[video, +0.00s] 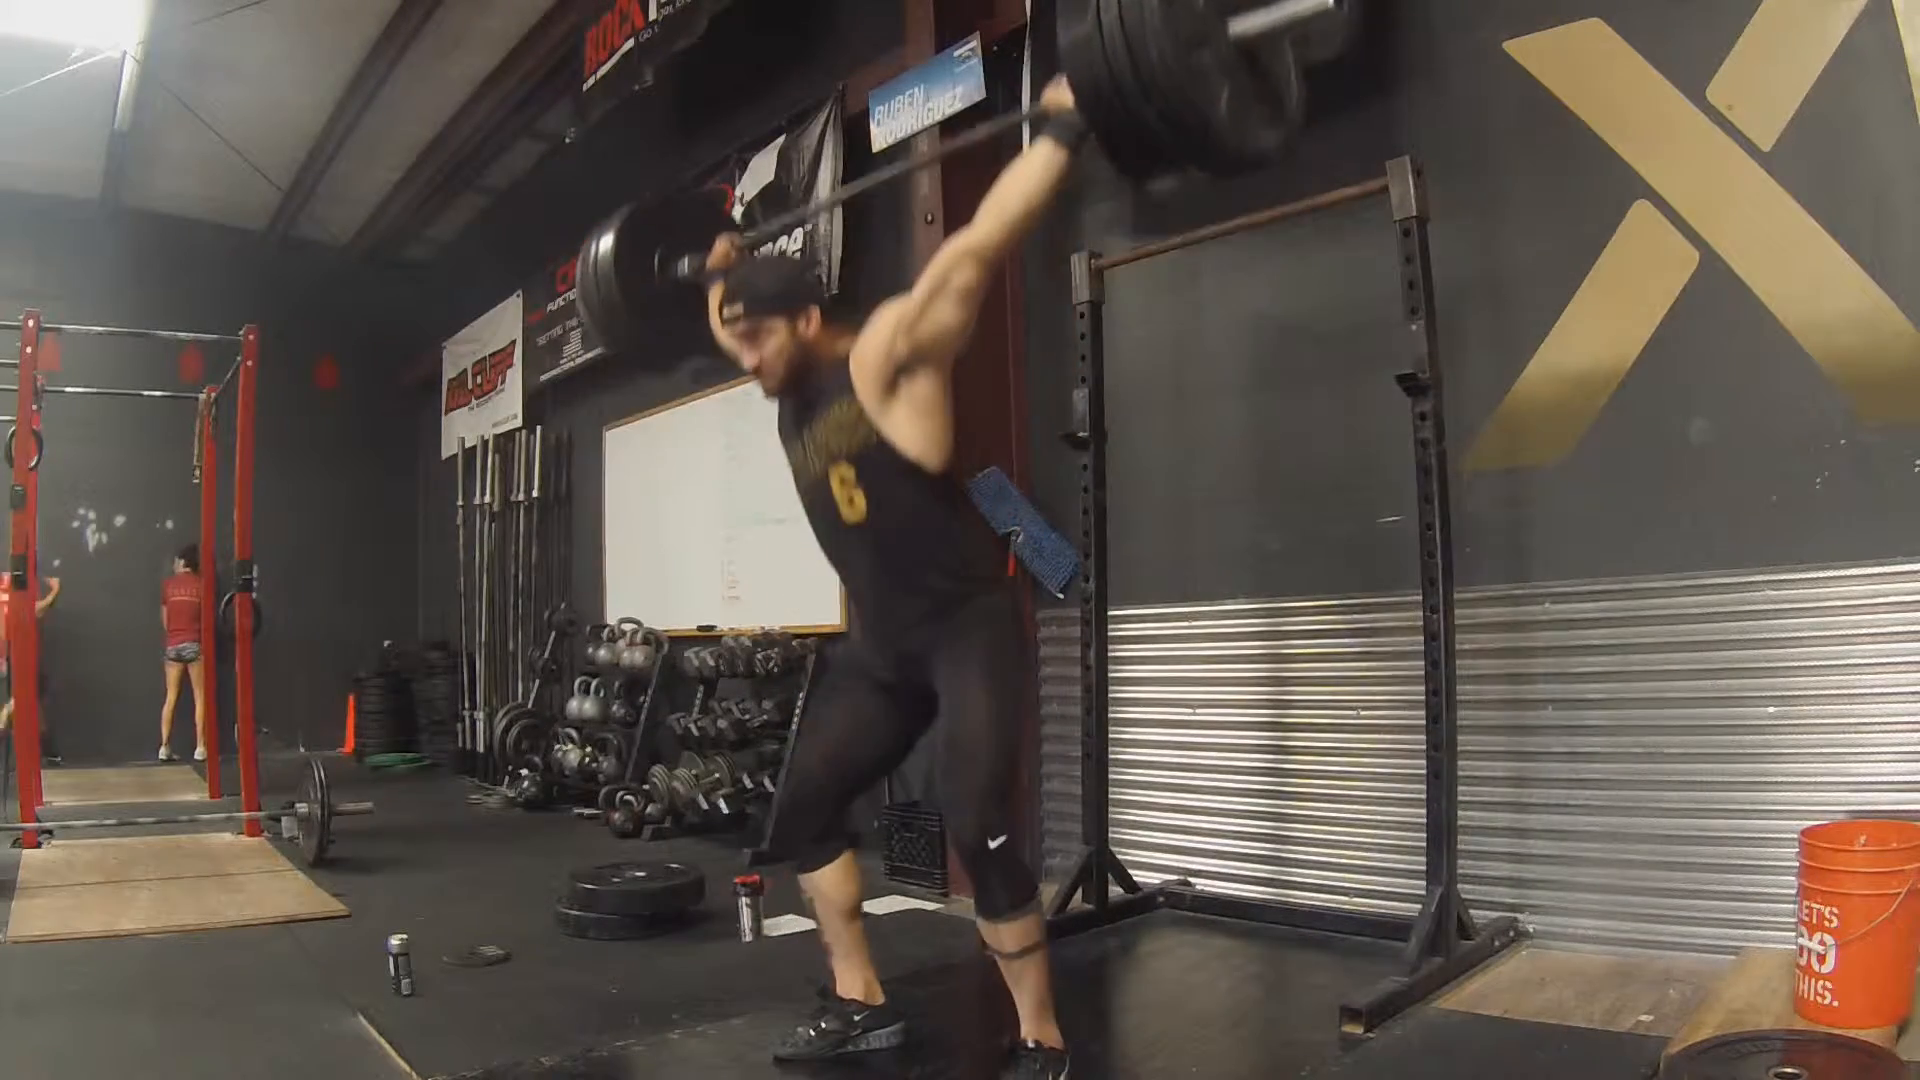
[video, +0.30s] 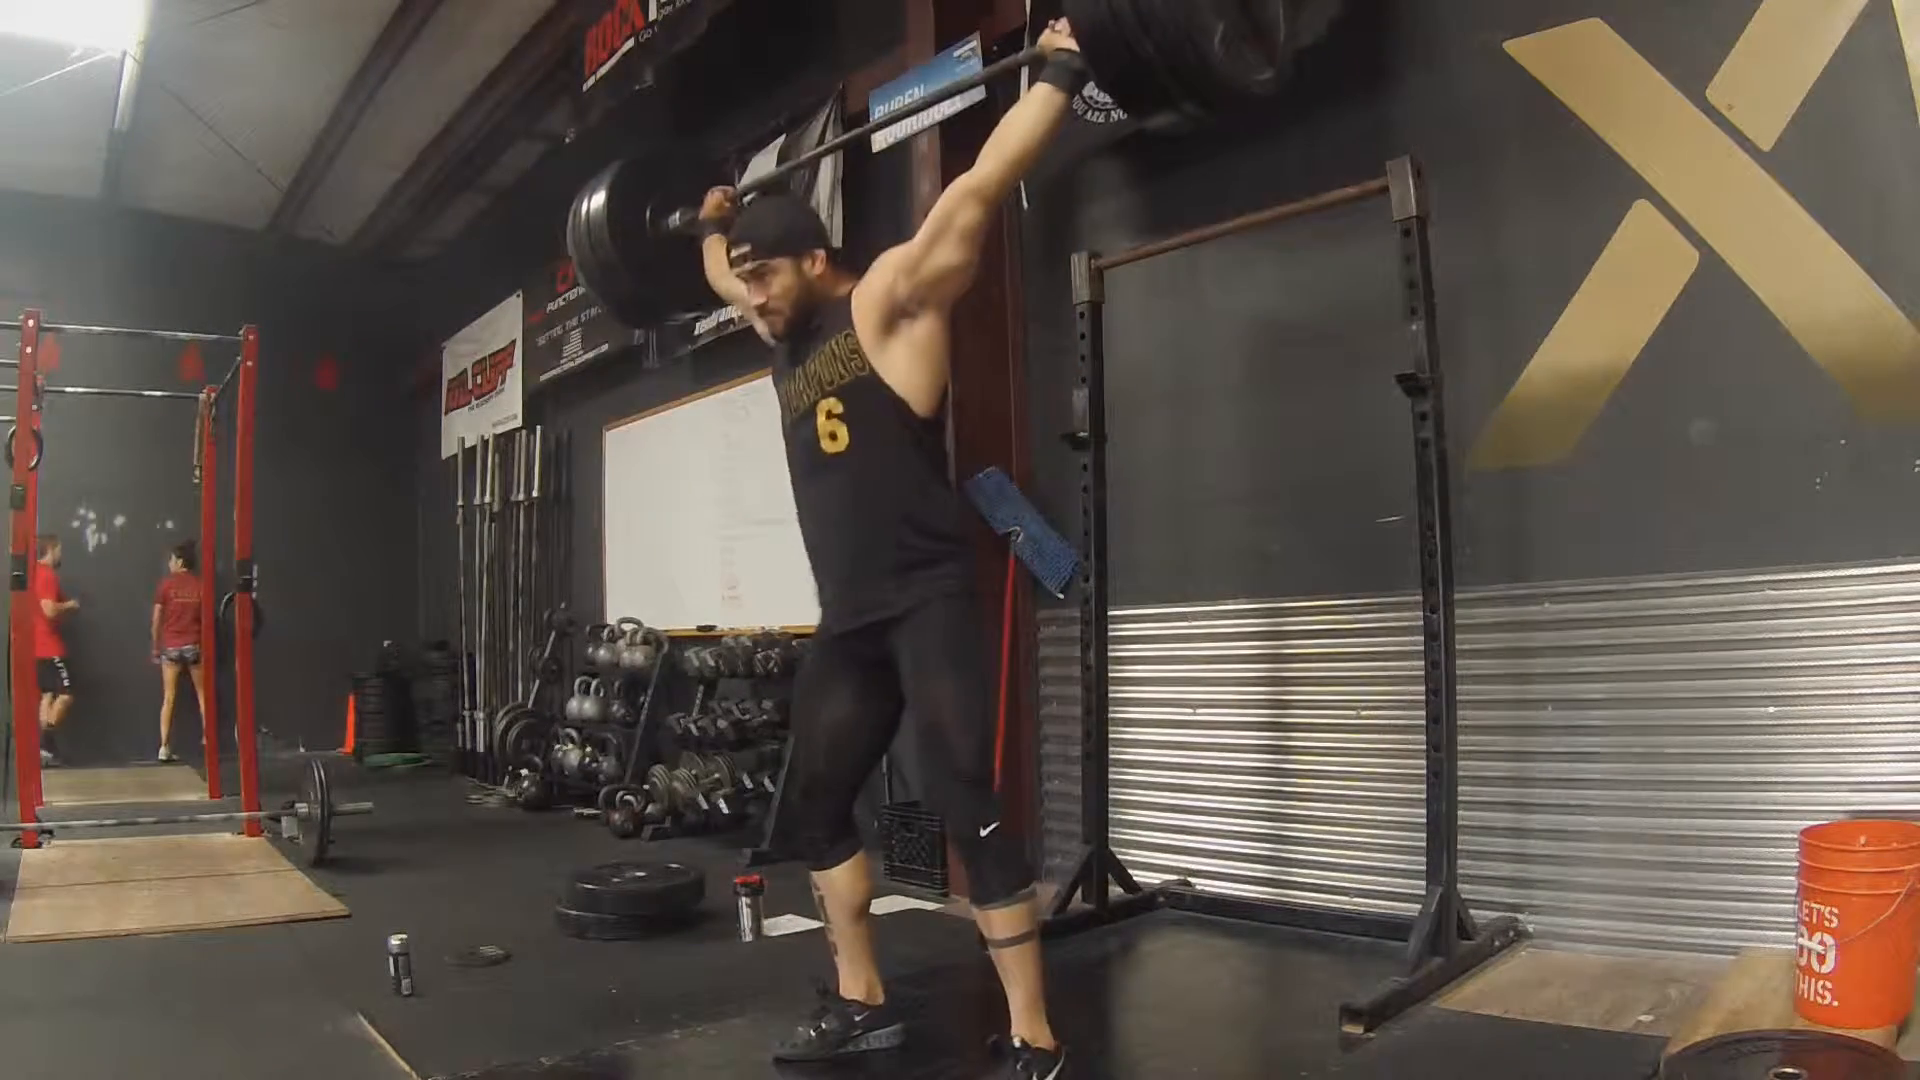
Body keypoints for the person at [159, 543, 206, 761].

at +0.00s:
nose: (174, 565)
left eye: (176, 562)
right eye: (176, 562)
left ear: (182, 563)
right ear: (194, 563)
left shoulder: (168, 584)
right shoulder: (202, 583)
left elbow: (165, 616)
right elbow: (207, 614)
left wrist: (170, 633)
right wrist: (205, 635)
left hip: (173, 642)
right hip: (194, 641)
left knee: (170, 696)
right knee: (199, 696)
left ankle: (164, 745)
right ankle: (201, 745)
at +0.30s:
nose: (170, 563)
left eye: (172, 559)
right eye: (171, 559)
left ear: (179, 561)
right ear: (189, 562)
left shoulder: (166, 584)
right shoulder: (201, 585)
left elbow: (157, 618)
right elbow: (207, 617)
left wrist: (155, 646)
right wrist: (207, 643)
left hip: (170, 644)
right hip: (195, 643)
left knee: (168, 697)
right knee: (202, 694)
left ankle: (164, 745)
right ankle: (207, 736)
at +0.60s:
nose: (176, 565)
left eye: (178, 560)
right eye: (177, 560)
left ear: (188, 562)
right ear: (194, 563)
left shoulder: (179, 584)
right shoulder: (207, 584)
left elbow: (167, 614)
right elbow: (213, 613)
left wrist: (151, 642)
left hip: (180, 644)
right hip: (201, 644)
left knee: (172, 696)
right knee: (205, 696)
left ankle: (165, 746)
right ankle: (212, 746)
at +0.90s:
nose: (185, 565)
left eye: (188, 561)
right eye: (185, 560)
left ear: (198, 563)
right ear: (201, 563)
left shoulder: (194, 583)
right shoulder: (212, 583)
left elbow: (188, 615)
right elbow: (216, 615)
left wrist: (180, 646)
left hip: (191, 645)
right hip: (208, 644)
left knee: (179, 696)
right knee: (211, 695)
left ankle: (170, 743)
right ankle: (216, 743)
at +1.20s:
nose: (190, 566)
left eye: (193, 562)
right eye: (190, 562)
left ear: (202, 563)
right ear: (206, 564)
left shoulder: (197, 582)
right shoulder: (217, 584)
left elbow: (193, 610)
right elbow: (221, 613)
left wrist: (183, 643)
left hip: (197, 645)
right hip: (215, 645)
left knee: (190, 697)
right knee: (213, 696)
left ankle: (198, 745)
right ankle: (215, 743)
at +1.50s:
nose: (191, 568)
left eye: (194, 563)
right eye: (191, 564)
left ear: (203, 565)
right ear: (205, 565)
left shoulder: (199, 586)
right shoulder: (216, 586)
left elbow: (194, 615)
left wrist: (182, 644)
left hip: (199, 646)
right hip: (214, 644)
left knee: (201, 696)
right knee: (213, 696)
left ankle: (211, 747)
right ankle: (215, 745)